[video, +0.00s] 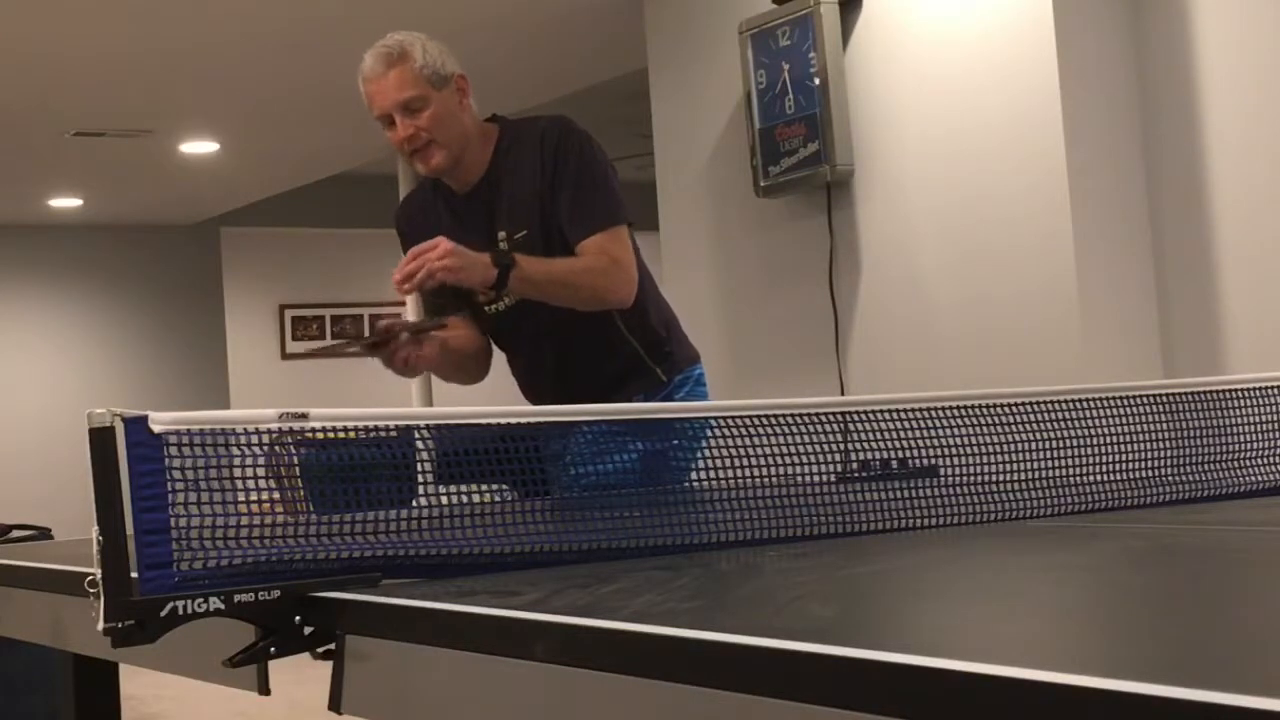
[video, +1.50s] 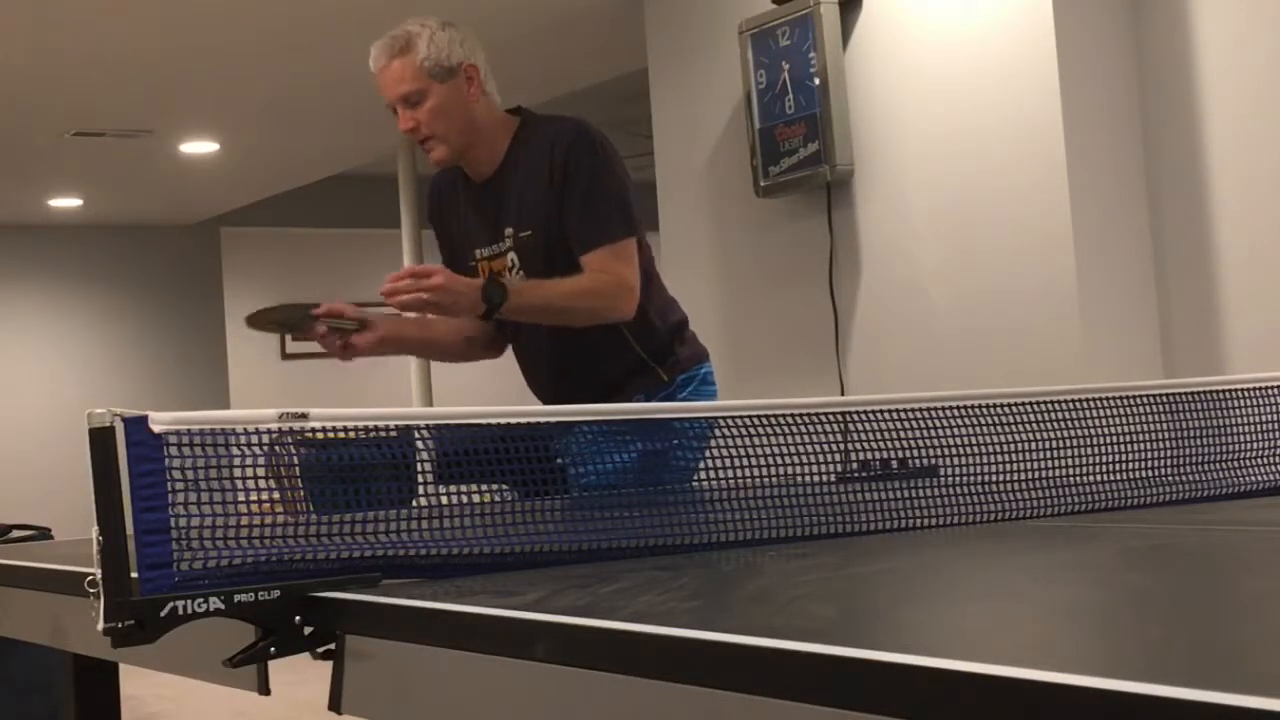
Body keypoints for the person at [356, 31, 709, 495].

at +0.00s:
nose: (405, 132)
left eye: (414, 108)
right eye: (388, 122)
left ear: (461, 92)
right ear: (382, 130)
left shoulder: (557, 145)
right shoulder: (419, 215)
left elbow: (617, 281)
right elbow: (473, 362)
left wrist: (491, 270)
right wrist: (432, 351)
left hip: (661, 394)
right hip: (567, 416)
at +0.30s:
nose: (411, 126)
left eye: (422, 102)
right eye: (393, 115)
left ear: (465, 88)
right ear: (385, 124)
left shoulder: (558, 146)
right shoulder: (418, 215)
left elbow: (619, 283)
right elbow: (470, 363)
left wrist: (497, 273)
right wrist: (420, 351)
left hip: (659, 395)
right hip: (565, 417)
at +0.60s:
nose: (420, 118)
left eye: (431, 95)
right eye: (401, 107)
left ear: (472, 85)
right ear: (393, 119)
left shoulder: (561, 144)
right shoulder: (422, 214)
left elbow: (627, 280)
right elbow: (465, 369)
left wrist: (501, 278)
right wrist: (432, 316)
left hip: (659, 395)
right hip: (566, 416)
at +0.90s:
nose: (424, 114)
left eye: (437, 91)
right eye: (407, 102)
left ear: (480, 82)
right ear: (399, 114)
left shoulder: (568, 144)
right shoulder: (428, 208)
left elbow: (637, 281)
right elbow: (474, 359)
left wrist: (515, 288)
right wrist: (434, 334)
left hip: (662, 396)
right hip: (570, 416)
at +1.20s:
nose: (410, 128)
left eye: (420, 103)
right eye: (400, 112)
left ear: (476, 82)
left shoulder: (577, 146)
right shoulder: (444, 197)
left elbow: (637, 290)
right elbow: (454, 341)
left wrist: (514, 296)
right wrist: (392, 345)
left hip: (663, 395)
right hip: (576, 413)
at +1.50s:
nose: (405, 125)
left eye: (414, 101)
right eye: (396, 112)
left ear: (470, 82)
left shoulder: (574, 148)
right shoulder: (448, 194)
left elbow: (618, 295)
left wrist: (485, 296)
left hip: (664, 394)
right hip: (578, 413)